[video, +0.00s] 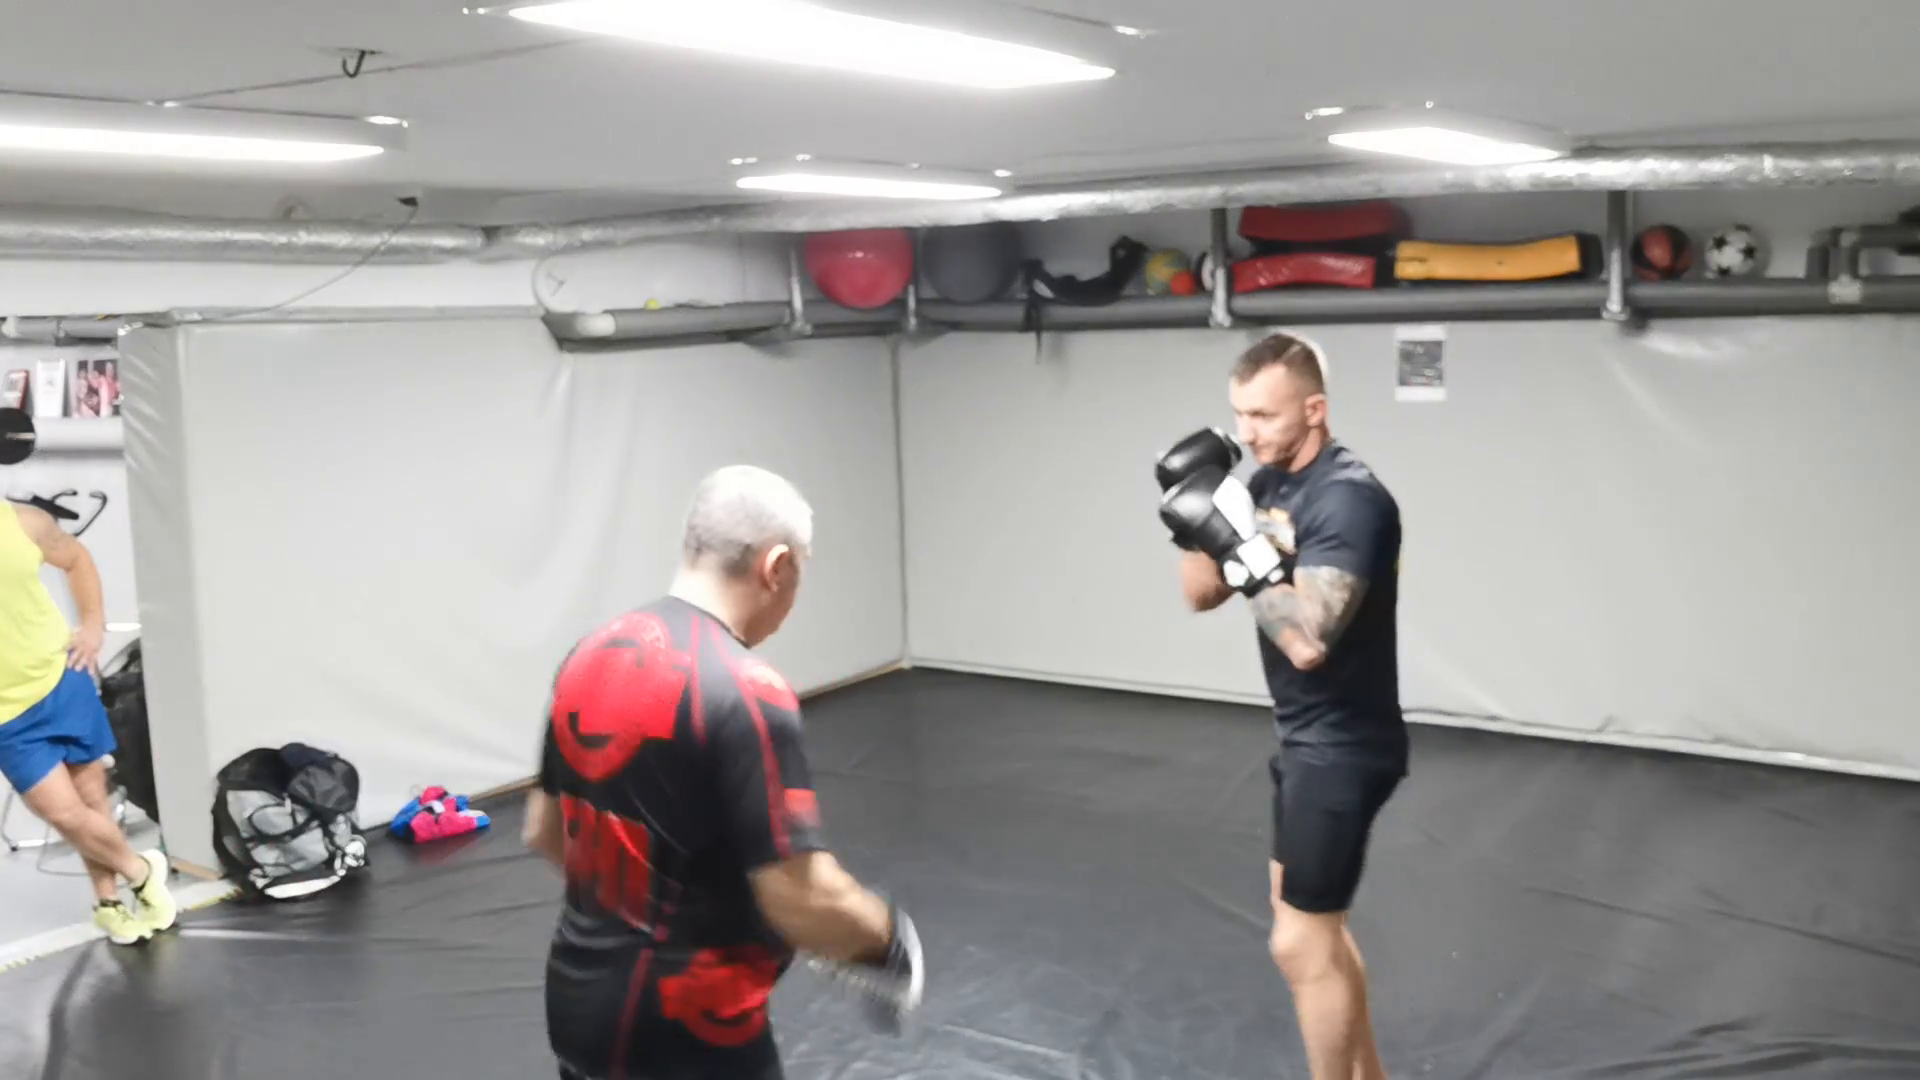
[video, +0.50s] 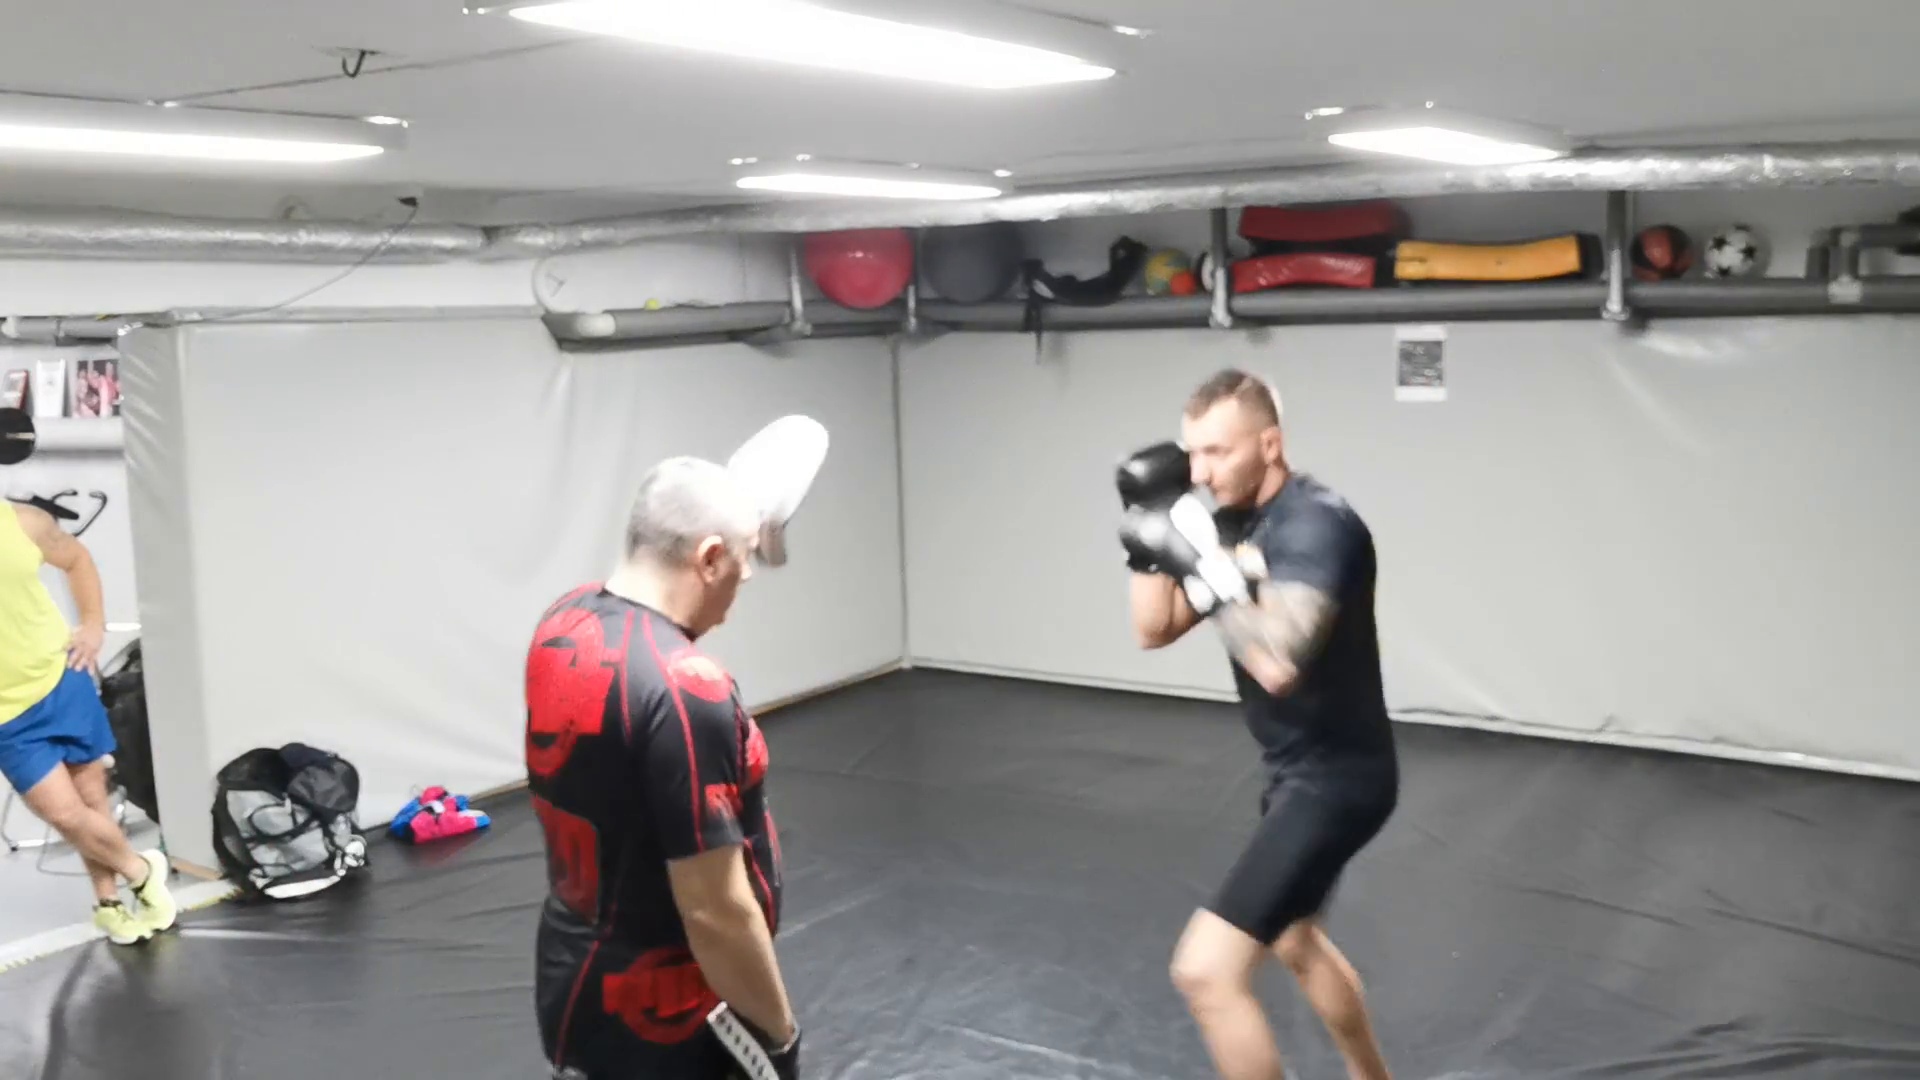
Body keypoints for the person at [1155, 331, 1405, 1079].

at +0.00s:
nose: (1247, 434)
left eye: (1262, 415)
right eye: (1241, 415)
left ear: (1314, 410)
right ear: (1240, 413)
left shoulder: (1350, 498)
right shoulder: (1268, 481)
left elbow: (1308, 641)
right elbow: (1201, 590)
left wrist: (1245, 551)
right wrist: (1200, 506)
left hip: (1342, 748)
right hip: (1301, 737)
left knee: (1303, 951)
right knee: (1302, 921)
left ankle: (1338, 1079)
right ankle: (1366, 1070)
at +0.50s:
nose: (1199, 472)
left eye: (1215, 452)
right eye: (1192, 455)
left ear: (1270, 446)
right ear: (1188, 454)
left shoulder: (1317, 523)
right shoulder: (1236, 524)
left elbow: (1277, 664)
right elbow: (1155, 627)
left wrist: (1216, 573)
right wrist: (1151, 523)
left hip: (1340, 774)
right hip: (1293, 769)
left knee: (1207, 969)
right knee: (1297, 943)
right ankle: (1372, 1073)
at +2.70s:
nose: (1147, 540)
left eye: (1159, 516)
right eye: (1140, 519)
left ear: (1222, 496)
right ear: (1222, 499)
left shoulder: (1267, 588)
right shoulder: (1259, 573)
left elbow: (1212, 769)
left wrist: (1136, 642)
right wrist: (1145, 641)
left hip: (1294, 905)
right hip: (1339, 884)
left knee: (1201, 1069)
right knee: (1327, 1062)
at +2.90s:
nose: (1080, 562)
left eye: (1087, 538)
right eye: (1075, 541)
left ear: (1148, 516)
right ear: (1157, 516)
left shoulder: (1191, 614)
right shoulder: (1271, 564)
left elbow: (1124, 807)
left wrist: (1061, 677)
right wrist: (1131, 650)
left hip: (1271, 930)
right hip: (1358, 909)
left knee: (1195, 1070)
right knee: (1334, 1068)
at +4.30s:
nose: (945, 586)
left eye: (952, 561)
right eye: (938, 565)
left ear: (1016, 537)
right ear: (1022, 538)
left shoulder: (1076, 663)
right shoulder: (1126, 608)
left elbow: (1011, 855)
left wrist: (940, 724)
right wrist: (996, 865)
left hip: (1168, 987)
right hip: (1223, 955)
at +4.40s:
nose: (1000, 578)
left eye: (1012, 552)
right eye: (994, 554)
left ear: (1076, 532)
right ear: (1077, 534)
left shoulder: (1151, 646)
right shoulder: (1116, 622)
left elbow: (1101, 828)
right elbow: (1088, 749)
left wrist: (1006, 705)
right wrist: (1079, 852)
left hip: (1222, 969)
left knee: (1115, 1069)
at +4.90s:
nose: (1188, 521)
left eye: (1207, 500)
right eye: (1170, 500)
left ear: (1250, 478)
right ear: (1147, 483)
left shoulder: (1304, 562)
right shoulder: (1121, 574)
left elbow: (1338, 722)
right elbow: (1070, 711)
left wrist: (1242, 623)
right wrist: (1042, 653)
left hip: (1304, 867)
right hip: (1182, 861)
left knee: (1384, 1064)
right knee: (1076, 1052)